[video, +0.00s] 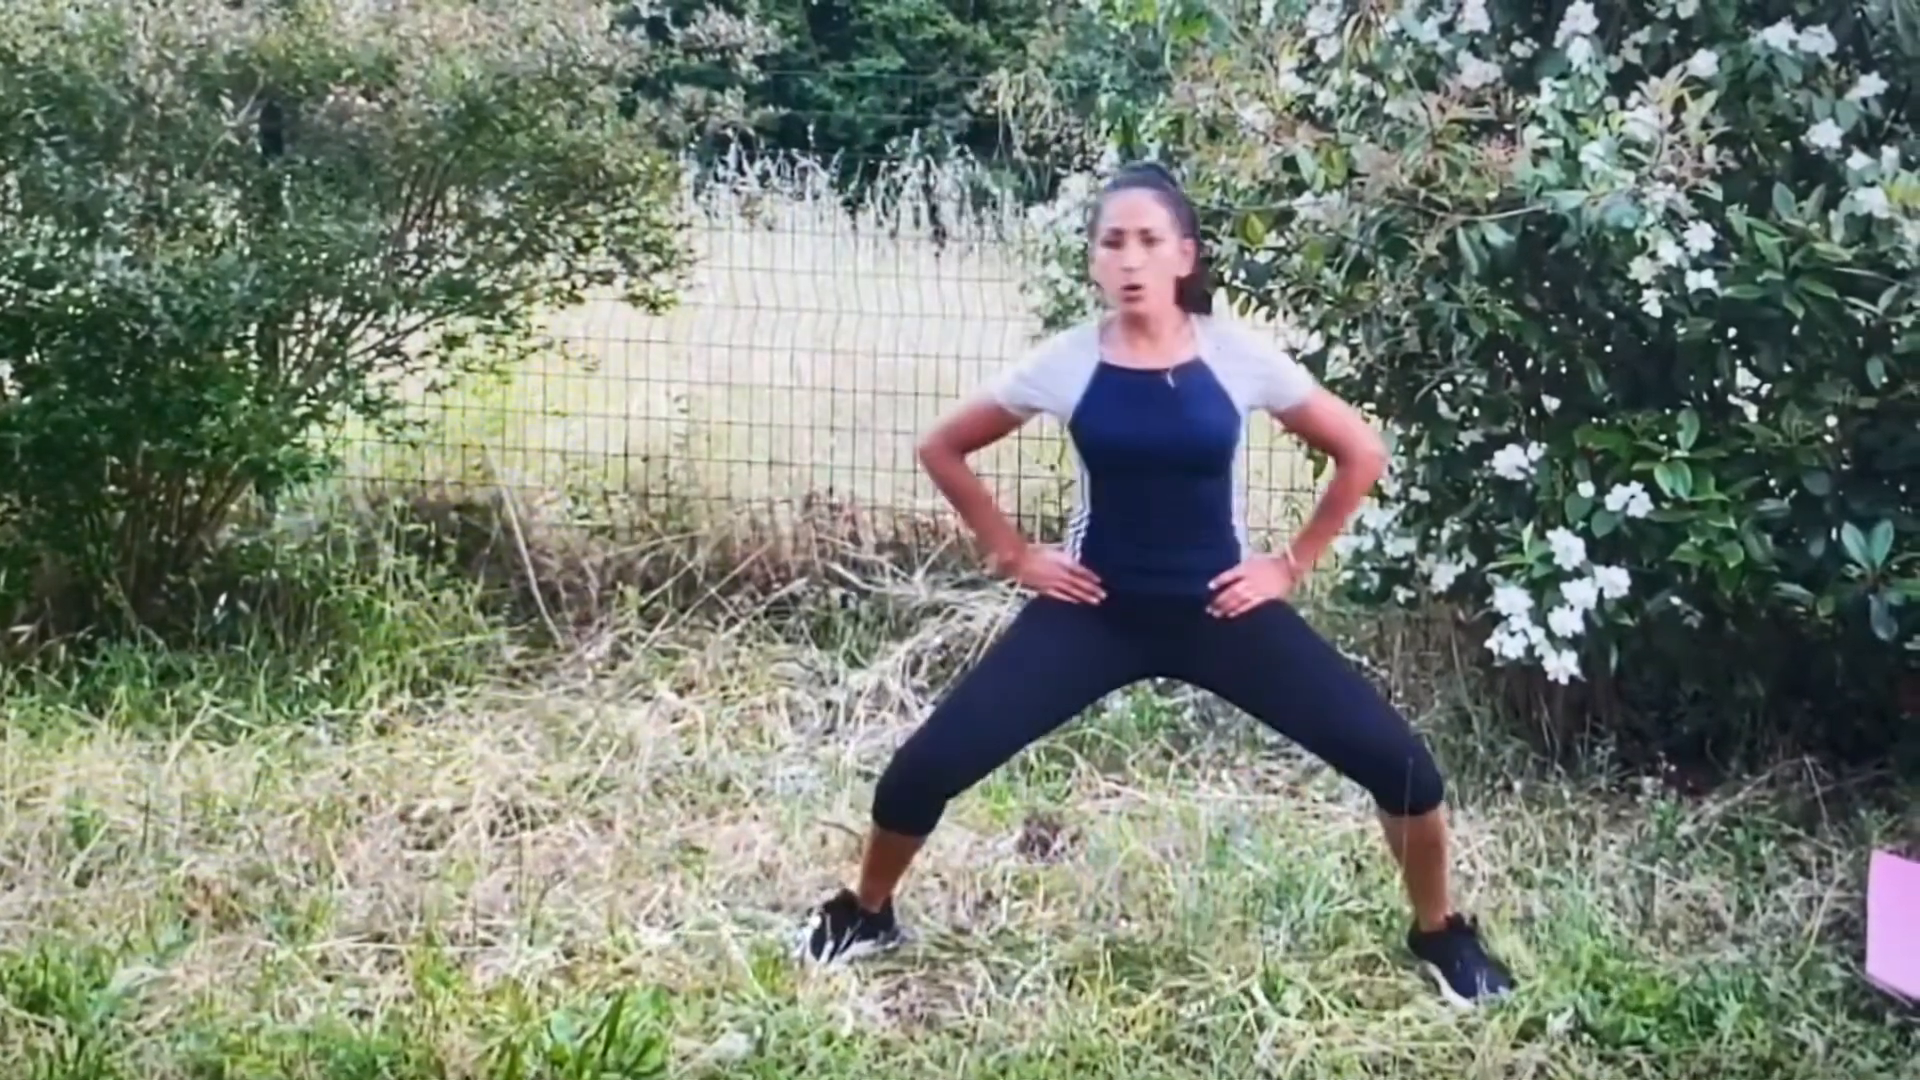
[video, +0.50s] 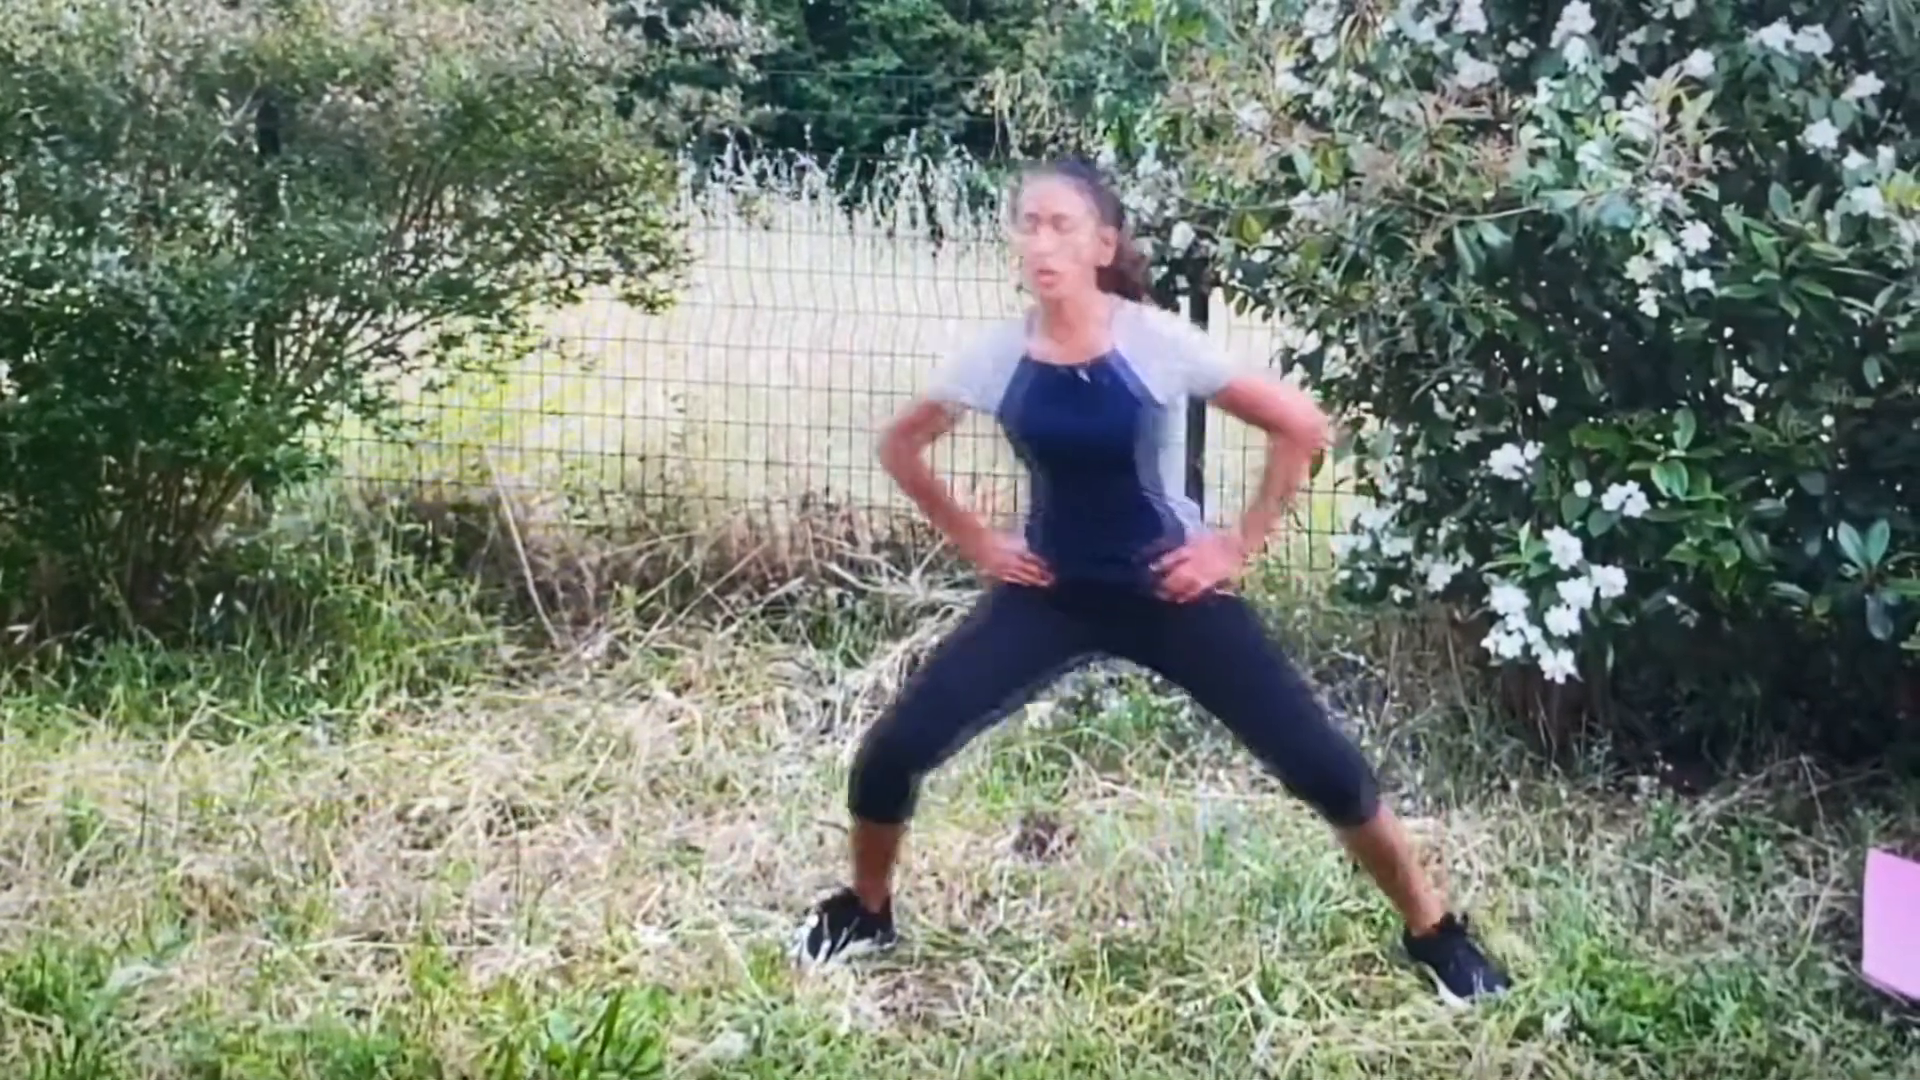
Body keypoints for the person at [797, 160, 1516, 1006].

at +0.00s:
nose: (1130, 258)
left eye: (1149, 241)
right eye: (1114, 242)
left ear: (1189, 256)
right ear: (1093, 260)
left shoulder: (1239, 355)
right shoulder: (1069, 362)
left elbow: (1364, 454)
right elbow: (941, 449)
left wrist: (1292, 565)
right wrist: (1013, 552)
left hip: (1226, 617)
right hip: (1091, 614)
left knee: (1405, 765)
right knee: (919, 773)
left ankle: (1441, 936)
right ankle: (864, 911)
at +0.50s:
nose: (1036, 243)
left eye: (1058, 225)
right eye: (1027, 224)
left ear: (1106, 246)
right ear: (1013, 242)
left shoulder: (1161, 343)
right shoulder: (1000, 351)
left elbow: (1303, 431)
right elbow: (897, 446)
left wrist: (1240, 542)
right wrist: (976, 538)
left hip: (1175, 601)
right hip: (1046, 598)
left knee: (1331, 768)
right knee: (887, 756)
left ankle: (1435, 933)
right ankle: (864, 910)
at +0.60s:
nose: (983, 210)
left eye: (1005, 193)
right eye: (970, 192)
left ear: (1048, 219)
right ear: (953, 213)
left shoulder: (1089, 317)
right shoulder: (929, 326)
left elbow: (1232, 397)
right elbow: (832, 419)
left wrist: (1174, 510)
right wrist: (906, 513)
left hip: (1107, 576)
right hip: (980, 578)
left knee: (1259, 749)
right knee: (846, 756)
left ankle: (1423, 925)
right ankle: (860, 908)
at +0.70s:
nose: (941, 185)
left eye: (966, 170)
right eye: (930, 166)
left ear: (1007, 199)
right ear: (911, 184)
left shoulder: (1045, 296)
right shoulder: (877, 294)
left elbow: (1185, 382)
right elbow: (773, 394)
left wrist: (1121, 491)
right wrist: (853, 498)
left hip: (1050, 549)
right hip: (928, 553)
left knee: (1175, 711)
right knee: (831, 753)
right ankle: (862, 910)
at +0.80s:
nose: (923, 167)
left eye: (947, 153)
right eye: (911, 148)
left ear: (985, 180)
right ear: (891, 167)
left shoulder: (1022, 281)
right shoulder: (854, 273)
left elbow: (1154, 381)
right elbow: (734, 365)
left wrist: (1082, 486)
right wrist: (816, 480)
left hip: (1011, 538)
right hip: (888, 536)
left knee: (1085, 710)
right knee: (812, 750)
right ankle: (860, 907)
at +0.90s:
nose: (914, 159)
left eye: (938, 144)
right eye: (901, 141)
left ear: (976, 171)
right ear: (882, 159)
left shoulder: (1013, 275)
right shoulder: (844, 257)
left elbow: (1130, 391)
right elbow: (717, 334)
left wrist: (1052, 490)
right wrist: (790, 455)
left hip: (976, 529)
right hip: (856, 516)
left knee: (993, 743)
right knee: (754, 707)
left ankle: (940, 905)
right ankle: (836, 875)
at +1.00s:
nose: (902, 161)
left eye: (925, 145)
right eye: (889, 143)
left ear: (966, 169)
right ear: (869, 162)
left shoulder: (998, 277)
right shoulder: (832, 253)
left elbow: (1106, 403)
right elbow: (701, 318)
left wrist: (1023, 499)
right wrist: (769, 438)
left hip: (945, 530)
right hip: (827, 507)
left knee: (947, 731)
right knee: (670, 642)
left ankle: (932, 908)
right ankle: (724, 828)